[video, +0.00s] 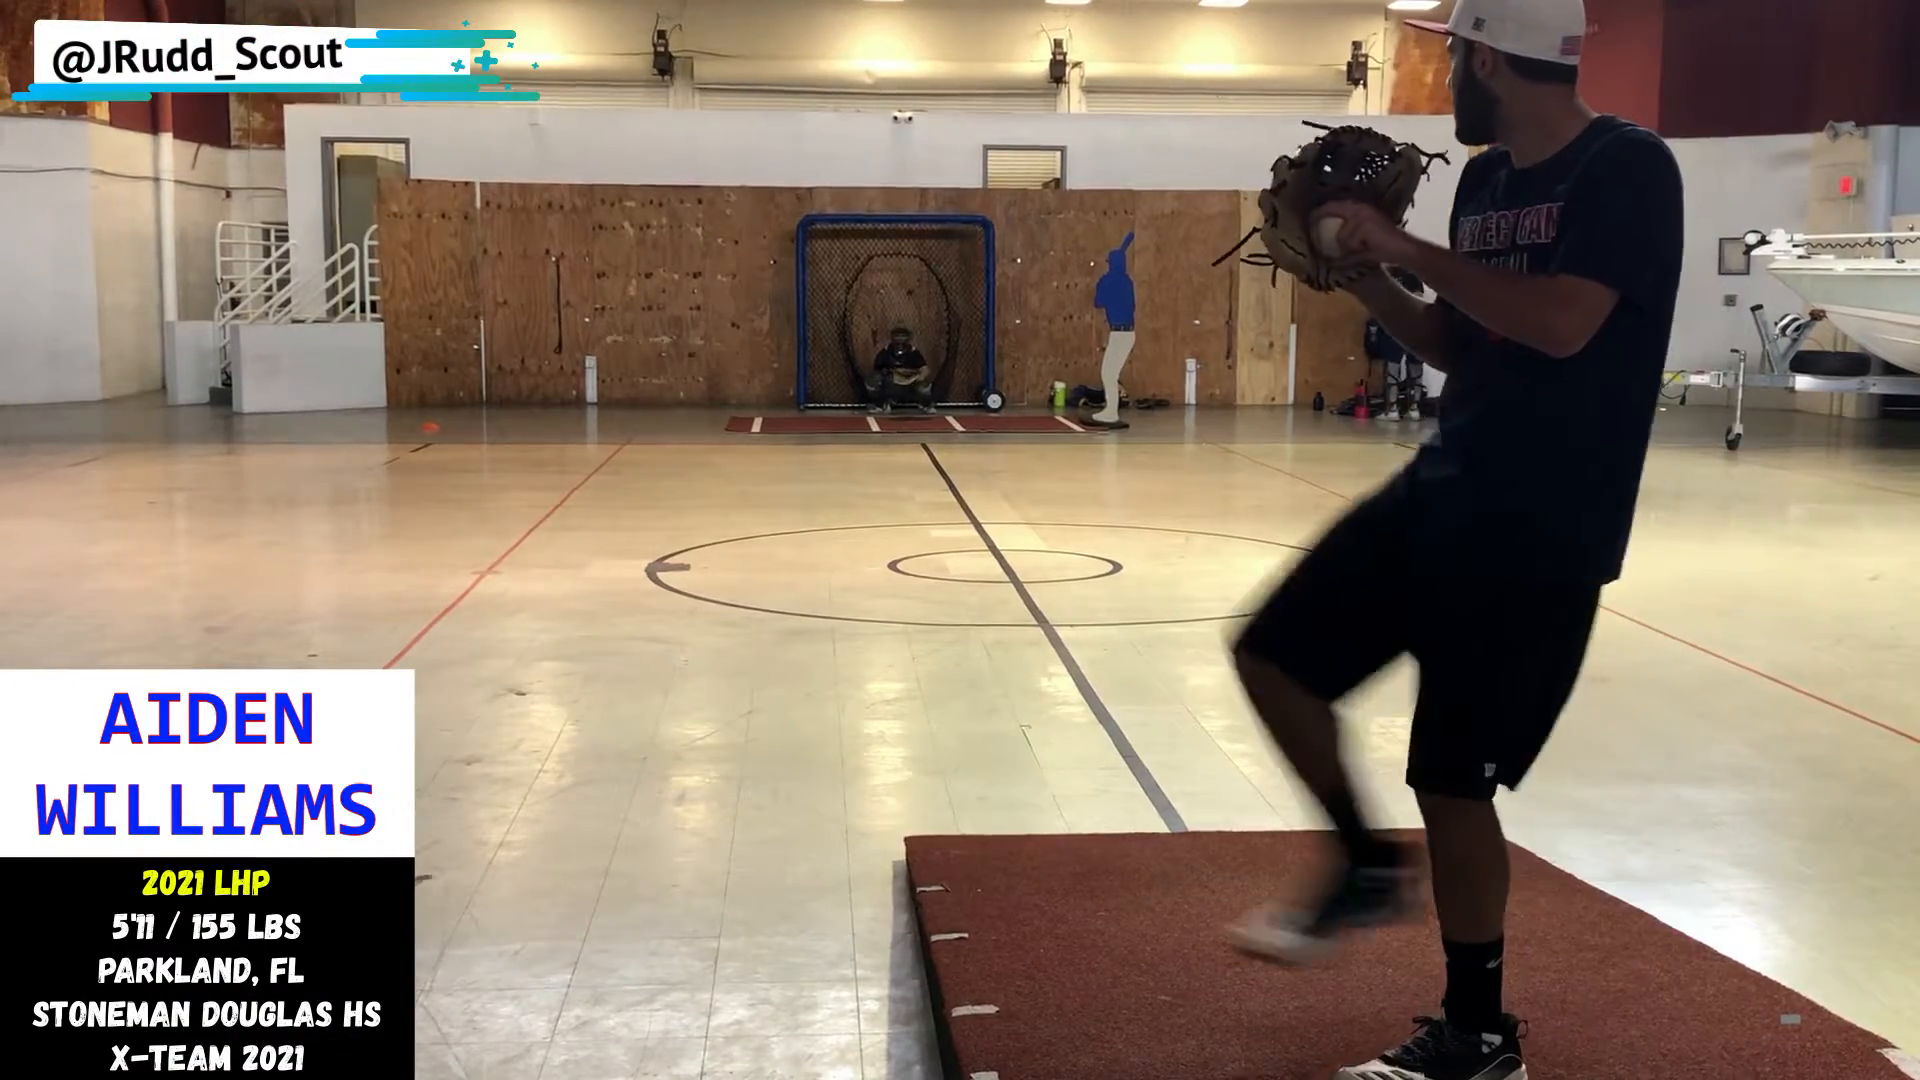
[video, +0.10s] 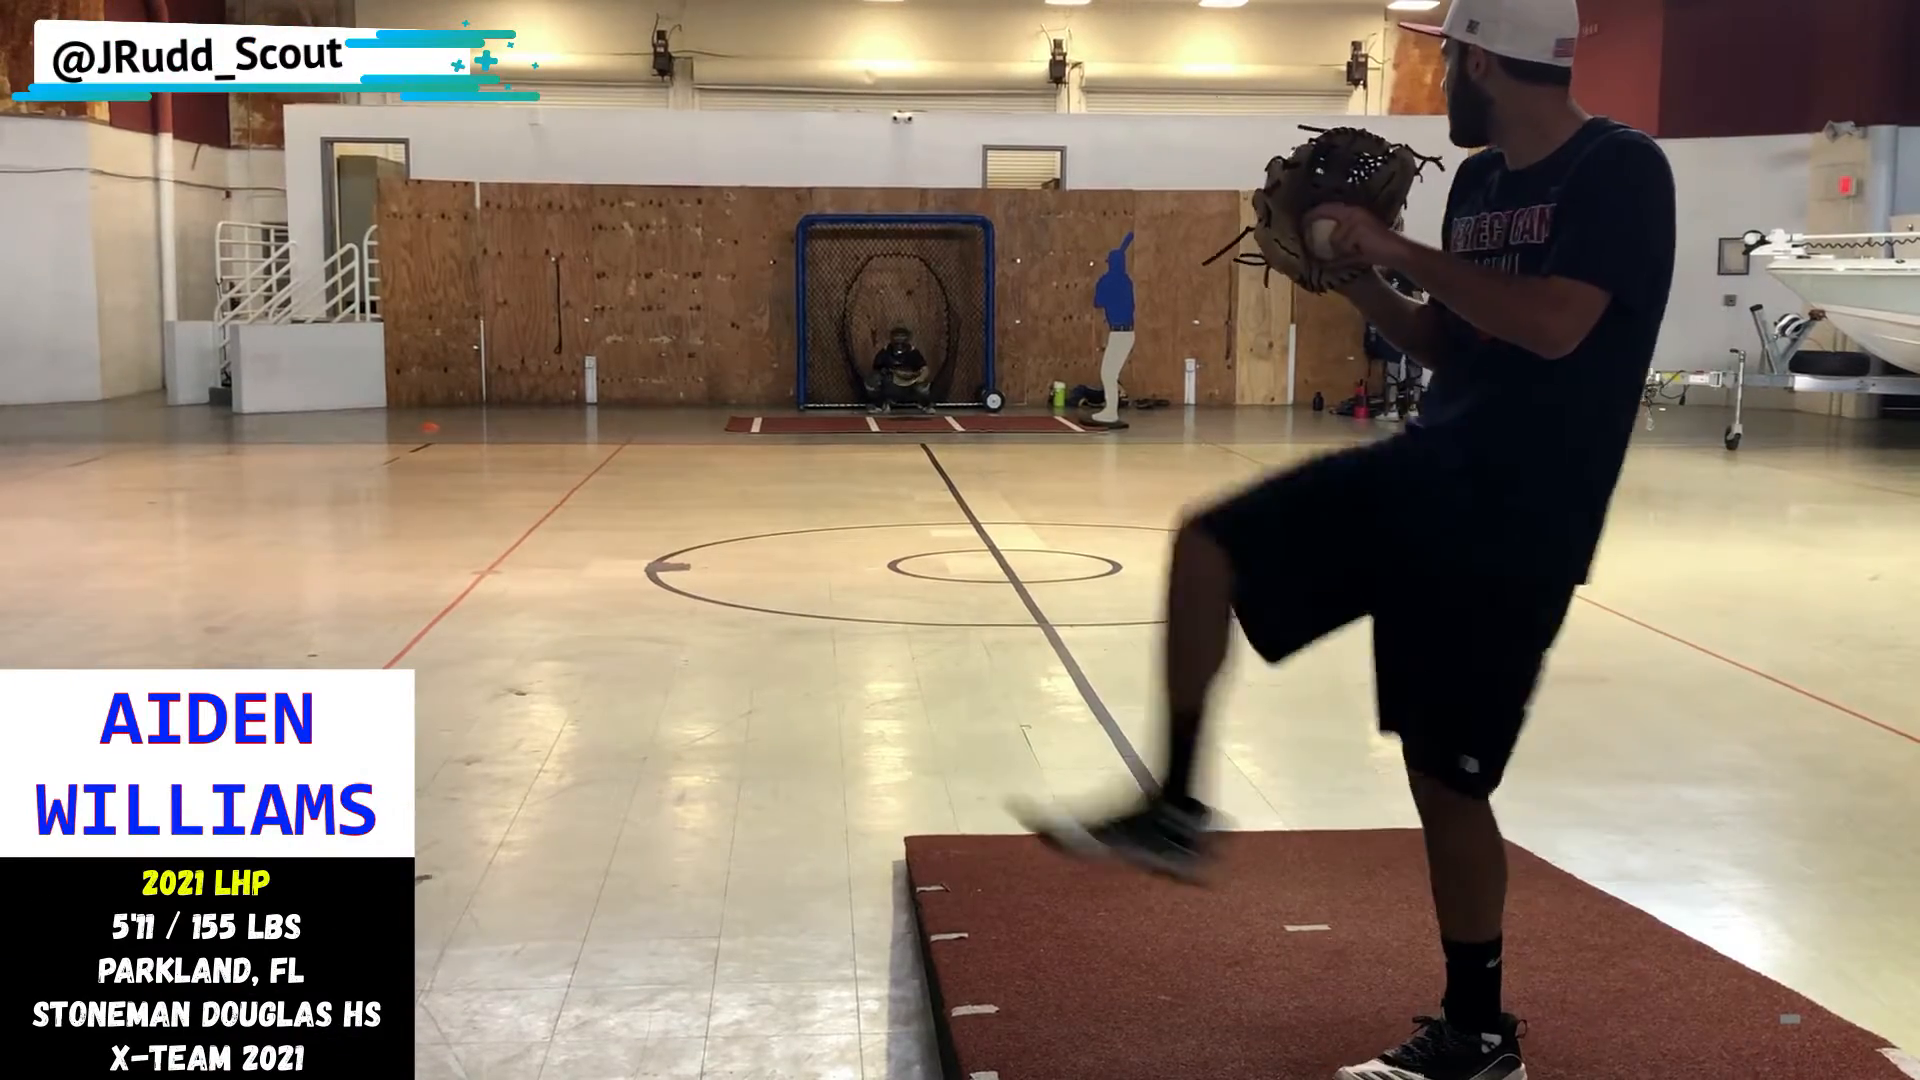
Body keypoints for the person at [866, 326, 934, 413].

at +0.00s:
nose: (900, 344)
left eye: (903, 341)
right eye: (897, 341)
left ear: (908, 340)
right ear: (892, 340)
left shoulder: (914, 352)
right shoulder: (884, 353)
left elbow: (925, 369)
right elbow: (878, 372)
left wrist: (920, 377)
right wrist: (893, 377)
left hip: (911, 382)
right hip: (892, 384)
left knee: (923, 386)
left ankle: (926, 405)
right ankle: (883, 405)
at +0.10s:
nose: (900, 344)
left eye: (903, 340)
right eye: (896, 341)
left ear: (907, 340)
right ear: (891, 340)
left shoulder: (914, 353)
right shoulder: (884, 353)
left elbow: (925, 370)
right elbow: (877, 371)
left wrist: (919, 380)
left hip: (911, 384)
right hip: (891, 385)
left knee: (922, 387)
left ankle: (925, 405)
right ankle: (880, 405)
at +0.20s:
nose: (899, 344)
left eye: (902, 340)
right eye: (895, 340)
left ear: (907, 340)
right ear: (891, 340)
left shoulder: (913, 353)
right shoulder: (883, 353)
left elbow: (924, 370)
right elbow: (877, 371)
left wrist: (918, 381)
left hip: (910, 385)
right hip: (890, 387)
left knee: (923, 387)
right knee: (872, 381)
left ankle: (925, 405)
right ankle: (881, 405)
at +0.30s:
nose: (898, 344)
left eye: (902, 341)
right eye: (895, 340)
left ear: (907, 341)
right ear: (891, 340)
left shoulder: (913, 353)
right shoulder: (883, 353)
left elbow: (924, 371)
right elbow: (876, 371)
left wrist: (917, 384)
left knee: (922, 388)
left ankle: (925, 405)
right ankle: (881, 405)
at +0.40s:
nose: (898, 343)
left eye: (901, 341)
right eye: (895, 340)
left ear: (906, 341)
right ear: (891, 340)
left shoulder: (912, 353)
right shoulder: (882, 353)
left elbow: (923, 371)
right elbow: (875, 371)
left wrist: (918, 383)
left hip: (909, 382)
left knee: (922, 387)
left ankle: (925, 405)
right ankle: (881, 405)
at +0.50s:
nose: (898, 344)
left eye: (902, 341)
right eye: (895, 341)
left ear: (906, 341)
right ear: (891, 340)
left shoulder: (912, 354)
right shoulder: (882, 354)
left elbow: (923, 371)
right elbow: (875, 371)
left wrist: (918, 384)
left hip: (909, 381)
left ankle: (925, 405)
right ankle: (884, 405)